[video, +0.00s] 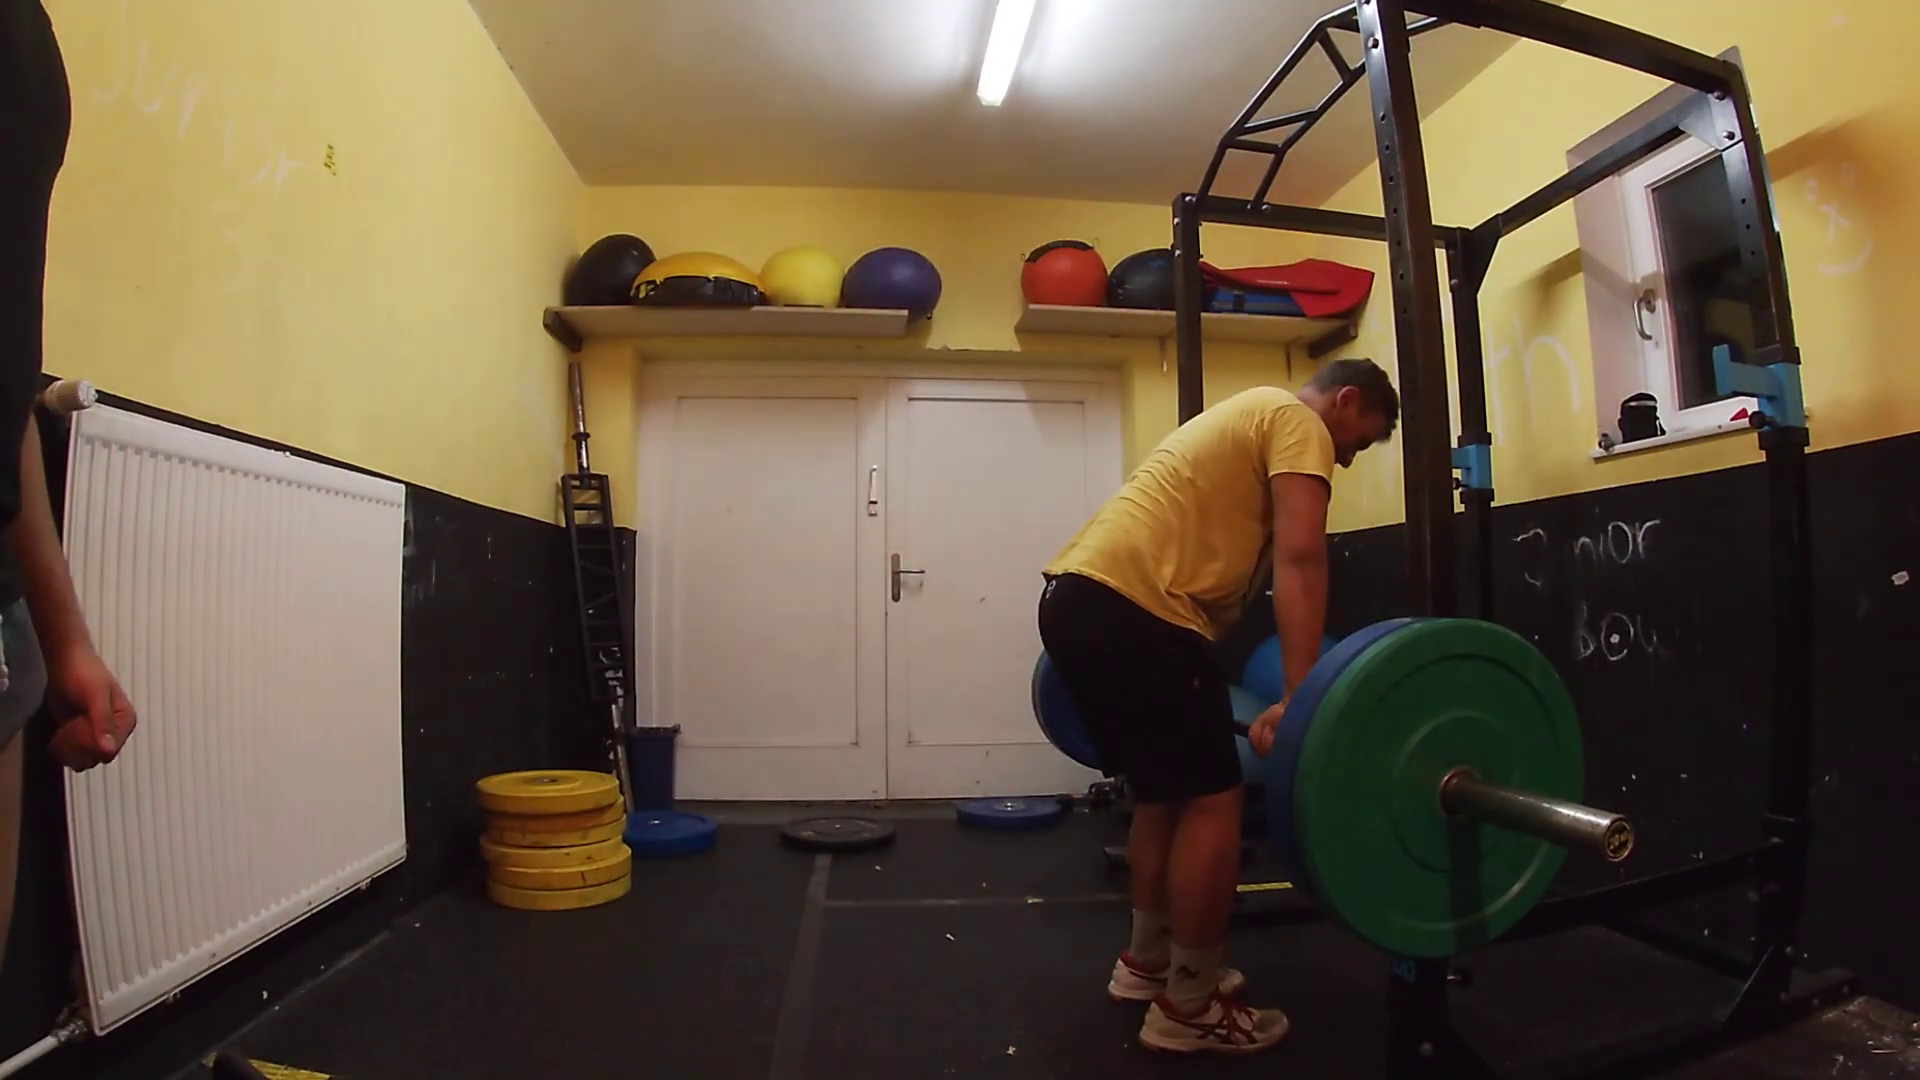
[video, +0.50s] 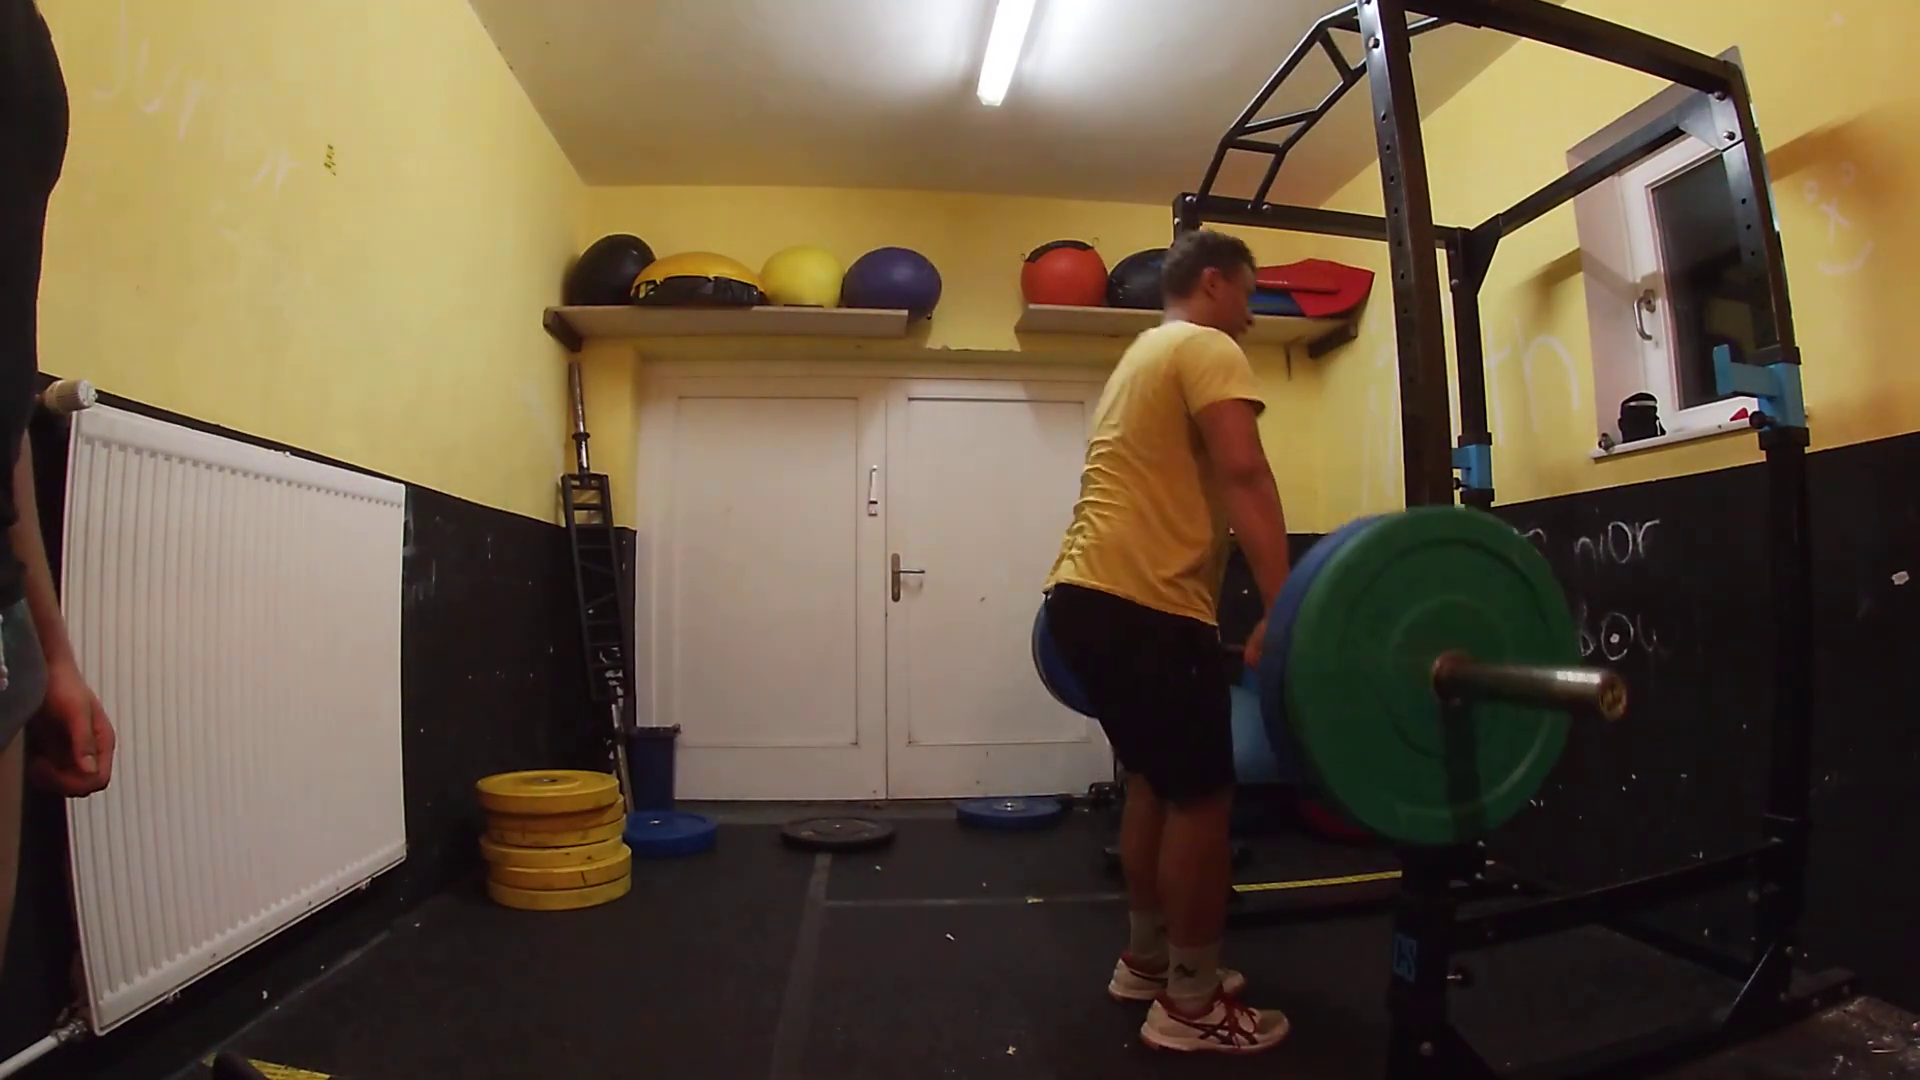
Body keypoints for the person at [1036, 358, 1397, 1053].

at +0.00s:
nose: (1354, 454)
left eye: (1365, 446)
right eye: (1365, 436)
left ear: (1329, 392)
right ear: (1346, 401)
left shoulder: (1247, 417)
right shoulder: (1296, 421)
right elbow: (1300, 557)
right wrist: (1300, 698)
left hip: (1081, 595)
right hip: (1137, 605)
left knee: (1159, 788)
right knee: (1213, 797)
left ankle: (1147, 957)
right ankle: (1190, 1005)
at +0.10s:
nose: (1345, 435)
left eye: (1356, 424)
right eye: (1355, 416)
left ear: (1312, 375)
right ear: (1334, 382)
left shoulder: (1232, 410)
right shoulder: (1285, 415)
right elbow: (1290, 551)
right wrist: (1297, 693)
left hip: (1083, 598)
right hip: (1136, 608)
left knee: (1164, 789)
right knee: (1213, 797)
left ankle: (1146, 958)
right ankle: (1190, 1005)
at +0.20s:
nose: (1336, 406)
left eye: (1343, 391)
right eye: (1340, 386)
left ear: (1285, 356)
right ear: (1315, 360)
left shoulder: (1215, 403)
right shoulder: (1271, 406)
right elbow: (1283, 544)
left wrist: (1199, 670)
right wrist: (1295, 687)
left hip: (1080, 597)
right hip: (1135, 608)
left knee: (1164, 789)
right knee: (1214, 797)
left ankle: (1147, 959)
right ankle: (1191, 1004)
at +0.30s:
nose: (1314, 378)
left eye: (1319, 363)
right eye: (1315, 359)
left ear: (1258, 332)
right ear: (1288, 334)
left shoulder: (1198, 389)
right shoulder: (1253, 389)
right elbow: (1274, 527)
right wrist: (1293, 668)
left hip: (1084, 598)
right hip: (1140, 607)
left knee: (1160, 791)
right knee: (1214, 796)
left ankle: (1148, 960)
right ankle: (1190, 1004)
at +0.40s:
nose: (1283, 341)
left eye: (1285, 327)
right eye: (1281, 324)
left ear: (1219, 309)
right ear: (1250, 309)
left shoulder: (1176, 369)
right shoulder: (1230, 369)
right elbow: (1262, 501)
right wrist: (1290, 641)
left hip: (1087, 598)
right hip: (1142, 606)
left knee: (1163, 787)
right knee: (1211, 794)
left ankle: (1149, 959)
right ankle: (1188, 1005)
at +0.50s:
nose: (1250, 313)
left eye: (1251, 298)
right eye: (1247, 296)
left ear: (1182, 288)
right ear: (1214, 283)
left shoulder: (1143, 355)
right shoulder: (1203, 346)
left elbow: (1138, 493)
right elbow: (1244, 474)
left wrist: (1196, 609)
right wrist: (1282, 609)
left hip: (1088, 598)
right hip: (1147, 606)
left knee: (1150, 779)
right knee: (1202, 793)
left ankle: (1147, 957)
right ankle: (1191, 1002)